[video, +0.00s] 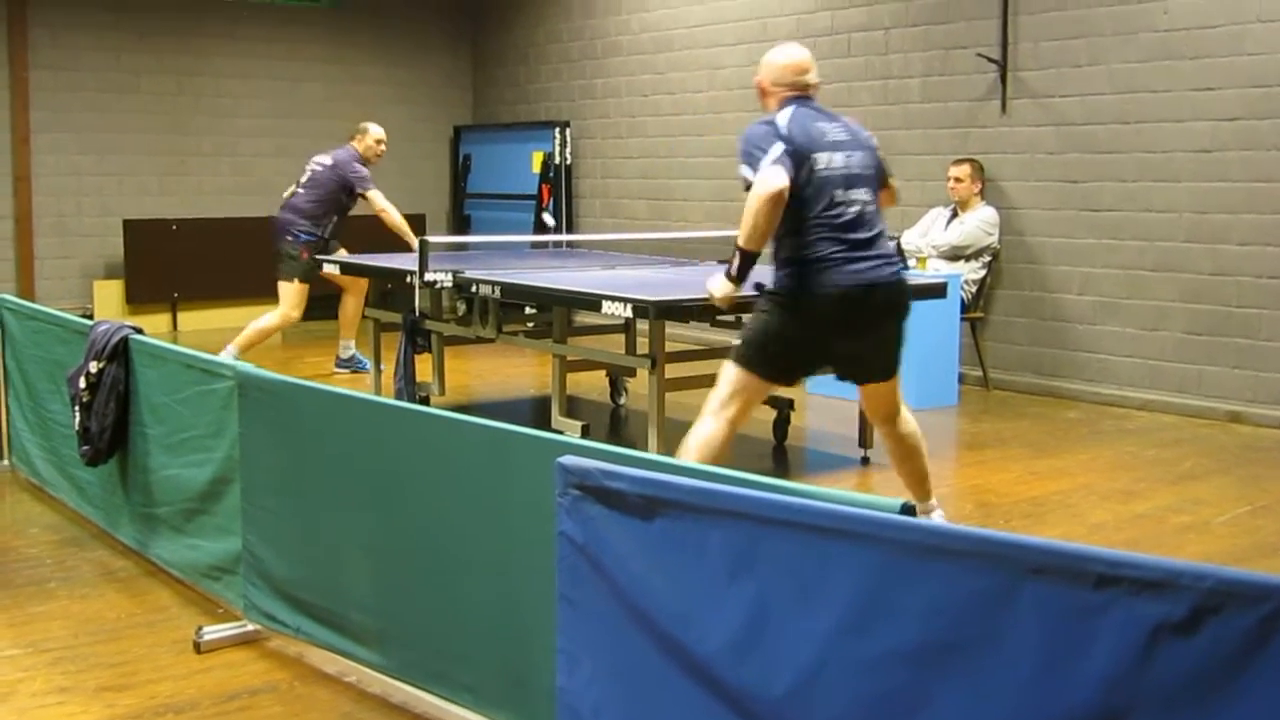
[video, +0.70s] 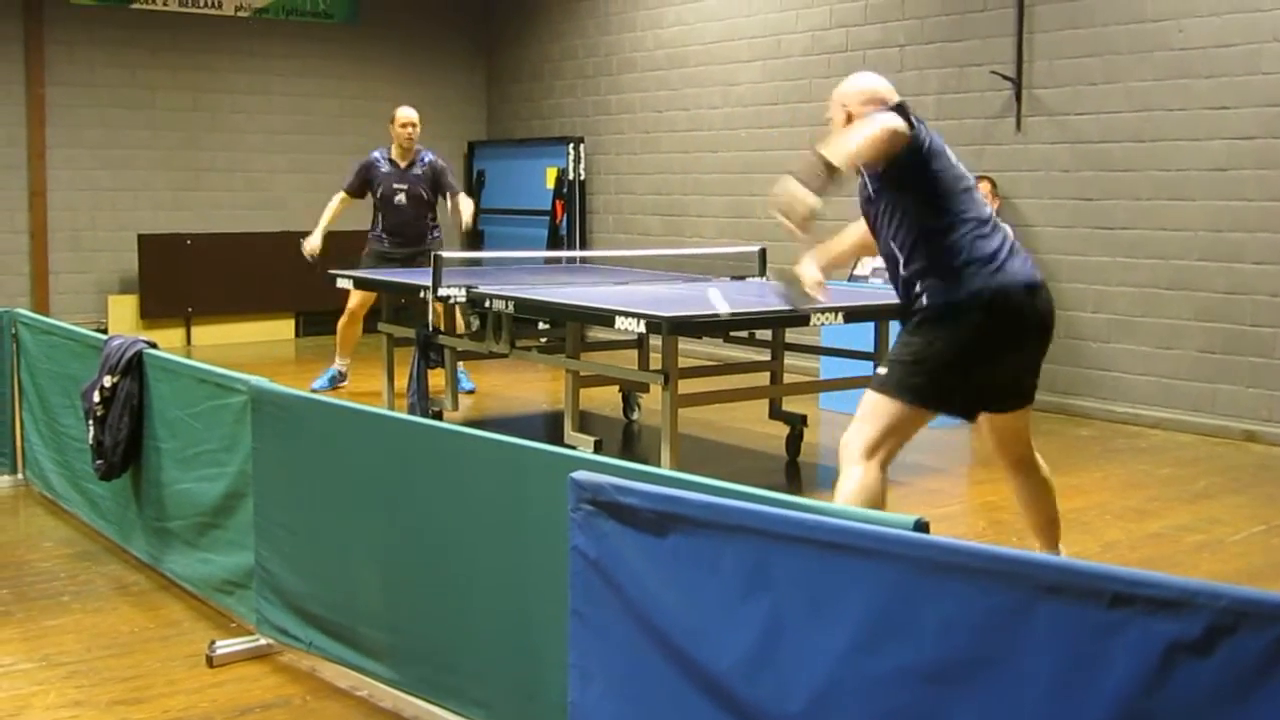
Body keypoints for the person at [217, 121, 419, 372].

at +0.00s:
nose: (383, 150)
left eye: (385, 145)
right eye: (379, 143)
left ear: (358, 141)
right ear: (360, 139)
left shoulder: (330, 157)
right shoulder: (350, 165)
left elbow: (291, 195)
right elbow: (382, 208)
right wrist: (415, 242)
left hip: (315, 239)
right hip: (297, 237)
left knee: (357, 282)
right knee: (290, 312)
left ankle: (346, 356)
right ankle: (227, 356)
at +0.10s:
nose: (392, 153)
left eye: (393, 147)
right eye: (388, 146)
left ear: (366, 145)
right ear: (368, 144)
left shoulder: (334, 160)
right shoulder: (364, 169)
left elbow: (298, 196)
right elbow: (382, 203)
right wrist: (402, 239)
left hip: (326, 241)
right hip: (309, 240)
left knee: (362, 286)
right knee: (293, 315)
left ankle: (349, 359)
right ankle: (229, 357)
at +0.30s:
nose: (404, 126)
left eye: (404, 120)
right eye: (400, 119)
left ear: (386, 120)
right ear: (381, 118)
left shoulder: (382, 150)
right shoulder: (357, 140)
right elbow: (355, 174)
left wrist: (440, 172)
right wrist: (390, 196)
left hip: (360, 229)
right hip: (336, 226)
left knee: (384, 292)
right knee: (315, 293)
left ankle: (356, 362)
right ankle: (257, 355)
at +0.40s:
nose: (402, 111)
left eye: (404, 106)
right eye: (396, 105)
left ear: (402, 109)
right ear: (377, 106)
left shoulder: (398, 136)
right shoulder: (356, 133)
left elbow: (438, 140)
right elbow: (355, 164)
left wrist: (423, 106)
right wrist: (392, 164)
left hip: (383, 225)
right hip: (351, 226)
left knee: (409, 283)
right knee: (335, 290)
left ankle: (380, 347)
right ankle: (290, 351)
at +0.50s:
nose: (402, 114)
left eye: (405, 109)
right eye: (396, 108)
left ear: (407, 112)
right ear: (379, 109)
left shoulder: (408, 138)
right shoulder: (361, 137)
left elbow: (452, 149)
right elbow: (335, 172)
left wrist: (437, 115)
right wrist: (360, 164)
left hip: (405, 230)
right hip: (365, 232)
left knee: (430, 291)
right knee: (345, 300)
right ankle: (328, 362)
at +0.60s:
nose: (405, 126)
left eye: (408, 120)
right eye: (399, 120)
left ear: (413, 123)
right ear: (384, 123)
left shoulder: (423, 155)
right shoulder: (367, 155)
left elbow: (465, 184)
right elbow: (339, 183)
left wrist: (460, 161)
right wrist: (323, 194)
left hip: (418, 247)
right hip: (375, 247)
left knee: (443, 305)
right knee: (349, 310)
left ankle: (453, 366)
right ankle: (339, 369)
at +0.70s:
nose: (410, 132)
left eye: (414, 126)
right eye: (404, 126)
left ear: (420, 130)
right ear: (392, 129)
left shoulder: (432, 164)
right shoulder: (374, 164)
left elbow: (458, 197)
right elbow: (342, 197)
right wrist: (318, 233)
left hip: (425, 249)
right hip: (382, 248)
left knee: (448, 306)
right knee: (353, 308)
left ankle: (455, 367)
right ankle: (339, 369)